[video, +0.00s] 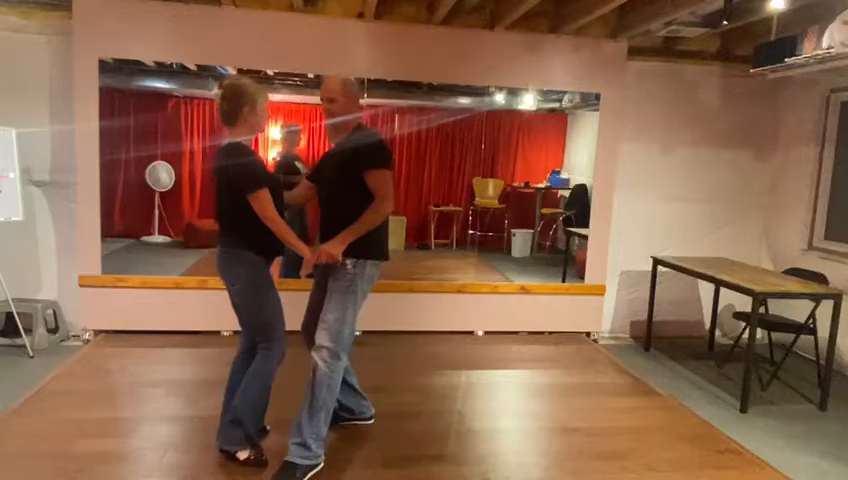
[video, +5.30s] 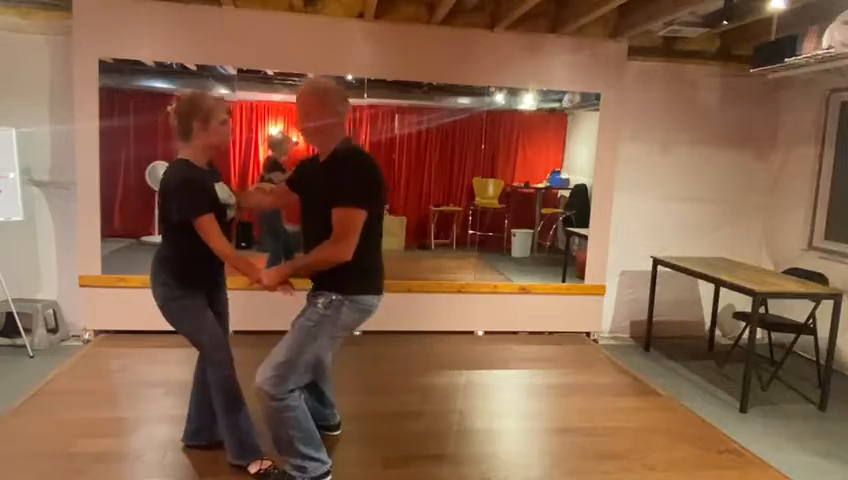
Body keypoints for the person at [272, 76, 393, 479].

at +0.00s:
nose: (324, 106)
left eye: (331, 100)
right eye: (323, 100)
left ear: (355, 103)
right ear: (328, 103)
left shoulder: (369, 144)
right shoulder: (333, 152)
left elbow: (386, 204)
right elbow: (297, 195)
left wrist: (341, 241)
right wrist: (254, 190)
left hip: (358, 260)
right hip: (332, 257)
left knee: (328, 347)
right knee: (315, 333)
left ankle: (306, 452)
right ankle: (353, 404)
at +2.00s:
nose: (296, 92)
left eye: (300, 82)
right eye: (291, 86)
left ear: (326, 74)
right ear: (294, 88)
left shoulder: (359, 129)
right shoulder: (304, 131)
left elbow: (400, 201)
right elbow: (288, 186)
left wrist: (361, 256)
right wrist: (242, 182)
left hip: (340, 261)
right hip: (311, 256)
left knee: (316, 361)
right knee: (316, 346)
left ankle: (314, 465)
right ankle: (316, 417)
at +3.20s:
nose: (275, 98)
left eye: (281, 88)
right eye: (271, 91)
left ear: (305, 84)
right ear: (276, 93)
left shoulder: (329, 126)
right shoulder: (298, 134)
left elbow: (380, 170)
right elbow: (281, 180)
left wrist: (358, 227)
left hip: (340, 251)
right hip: (323, 250)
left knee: (323, 348)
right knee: (331, 342)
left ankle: (312, 457)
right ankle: (329, 418)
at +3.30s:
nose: (275, 97)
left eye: (281, 88)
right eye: (271, 90)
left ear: (305, 85)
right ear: (277, 92)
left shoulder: (328, 125)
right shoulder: (297, 135)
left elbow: (384, 164)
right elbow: (271, 179)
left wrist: (368, 223)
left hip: (343, 253)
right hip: (323, 253)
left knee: (325, 349)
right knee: (327, 342)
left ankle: (313, 460)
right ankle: (326, 418)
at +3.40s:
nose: (277, 92)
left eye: (284, 84)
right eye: (273, 85)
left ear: (308, 84)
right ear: (274, 91)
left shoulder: (333, 124)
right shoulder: (291, 138)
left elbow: (388, 154)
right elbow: (264, 183)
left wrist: (379, 214)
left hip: (344, 252)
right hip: (320, 252)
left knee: (325, 351)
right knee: (318, 340)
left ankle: (313, 462)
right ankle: (325, 416)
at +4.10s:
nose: (312, 136)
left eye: (318, 128)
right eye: (305, 129)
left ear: (334, 129)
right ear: (298, 135)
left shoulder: (361, 166)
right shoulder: (295, 188)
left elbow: (392, 220)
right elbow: (247, 217)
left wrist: (348, 254)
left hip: (367, 279)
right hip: (327, 280)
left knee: (306, 353)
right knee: (276, 343)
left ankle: (313, 467)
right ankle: (322, 419)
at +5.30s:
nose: (299, 123)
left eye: (303, 116)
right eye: (300, 116)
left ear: (314, 118)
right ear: (341, 116)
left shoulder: (356, 168)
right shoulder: (311, 169)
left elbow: (342, 248)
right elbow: (274, 198)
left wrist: (285, 270)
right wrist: (231, 197)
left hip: (349, 294)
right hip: (327, 288)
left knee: (275, 383)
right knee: (307, 352)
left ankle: (310, 470)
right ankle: (324, 417)